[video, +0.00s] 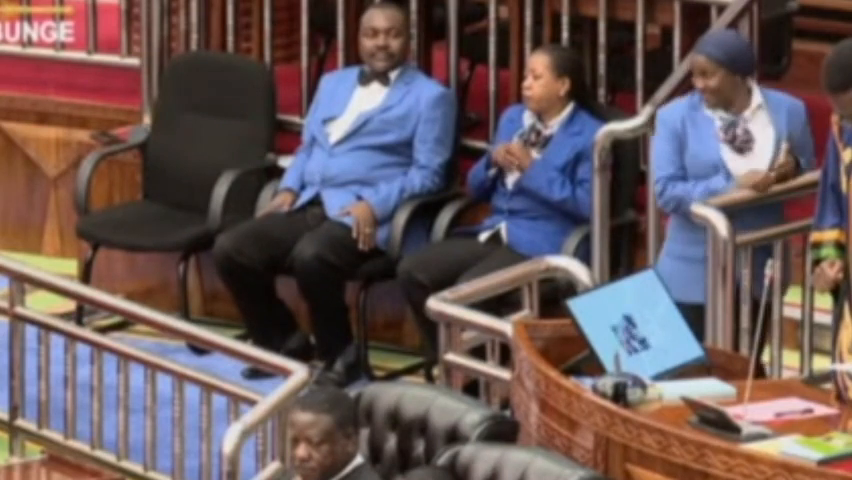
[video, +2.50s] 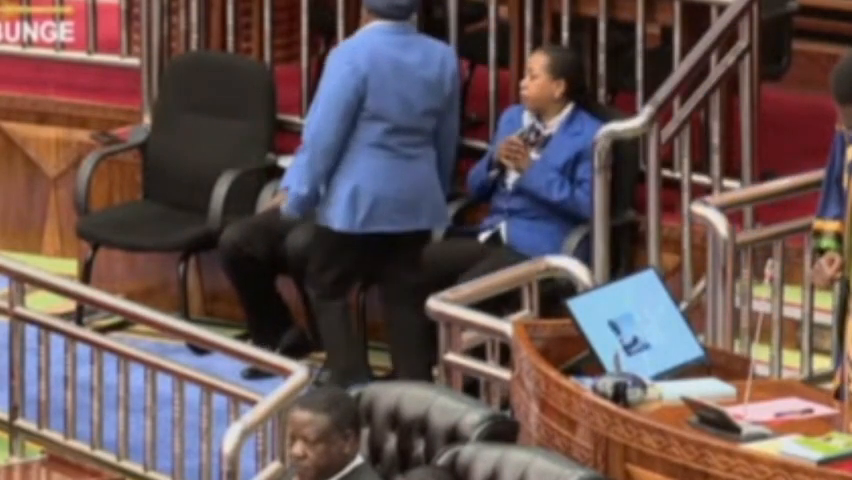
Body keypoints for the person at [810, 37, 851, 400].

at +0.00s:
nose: (840, 119)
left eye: (845, 110)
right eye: (836, 110)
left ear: (851, 96)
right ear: (831, 99)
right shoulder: (837, 133)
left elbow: (829, 195)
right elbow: (830, 194)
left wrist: (832, 253)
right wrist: (829, 250)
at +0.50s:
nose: (841, 115)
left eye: (846, 105)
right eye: (838, 106)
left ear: (851, 94)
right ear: (832, 97)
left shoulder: (840, 137)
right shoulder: (839, 137)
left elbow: (831, 195)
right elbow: (831, 195)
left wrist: (831, 253)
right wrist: (829, 250)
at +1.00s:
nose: (842, 116)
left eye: (846, 106)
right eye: (839, 107)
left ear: (850, 96)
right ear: (832, 99)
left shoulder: (841, 138)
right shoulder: (840, 138)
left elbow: (831, 195)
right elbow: (832, 194)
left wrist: (831, 250)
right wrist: (829, 248)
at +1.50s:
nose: (842, 118)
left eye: (847, 108)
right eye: (840, 108)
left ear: (850, 99)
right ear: (834, 102)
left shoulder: (841, 139)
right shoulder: (840, 138)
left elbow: (832, 196)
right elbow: (832, 195)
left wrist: (831, 250)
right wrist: (829, 248)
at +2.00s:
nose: (842, 124)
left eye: (846, 114)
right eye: (841, 113)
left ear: (847, 108)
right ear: (837, 107)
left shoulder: (840, 141)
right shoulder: (841, 140)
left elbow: (834, 195)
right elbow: (833, 194)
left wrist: (830, 246)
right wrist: (827, 245)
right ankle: (841, 378)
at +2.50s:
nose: (841, 124)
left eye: (844, 116)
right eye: (841, 115)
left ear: (845, 110)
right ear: (838, 108)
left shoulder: (840, 141)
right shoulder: (841, 140)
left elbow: (834, 196)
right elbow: (833, 193)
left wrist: (832, 246)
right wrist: (828, 244)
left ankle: (840, 375)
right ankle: (840, 376)